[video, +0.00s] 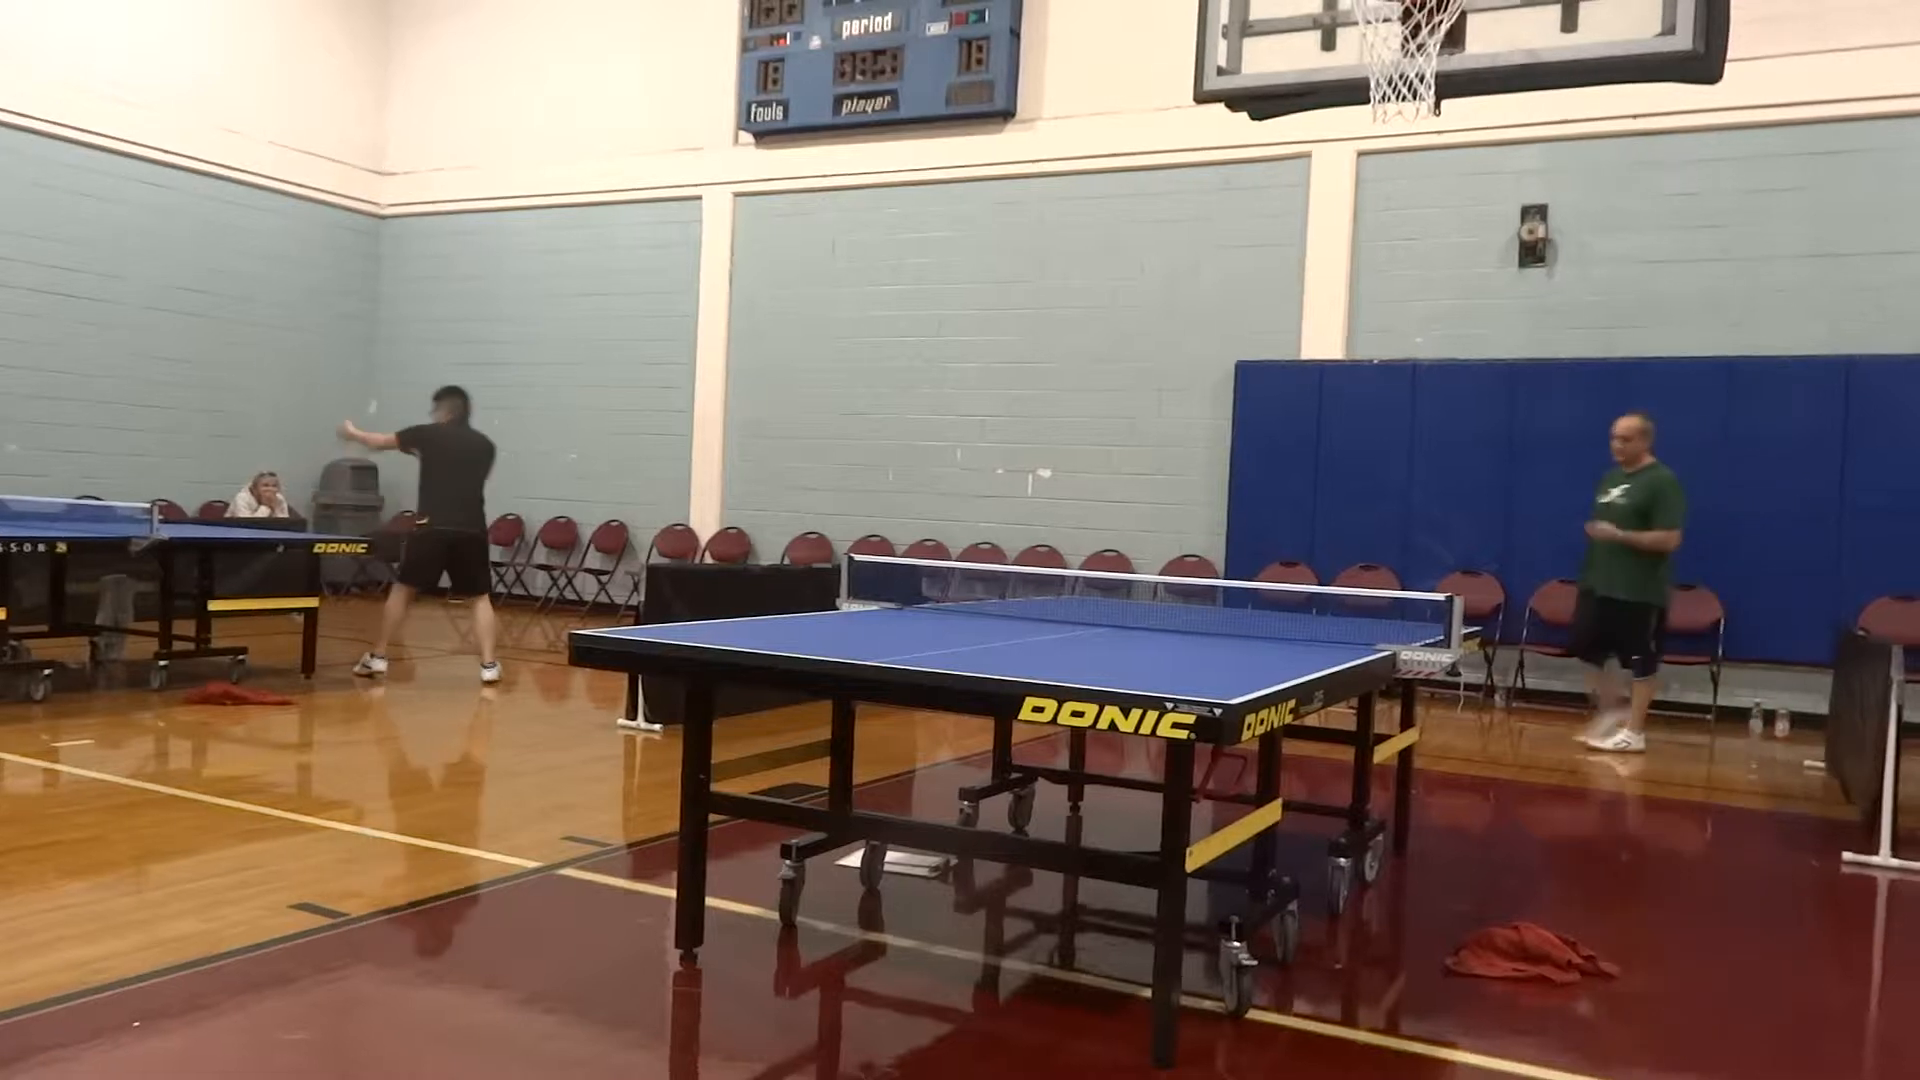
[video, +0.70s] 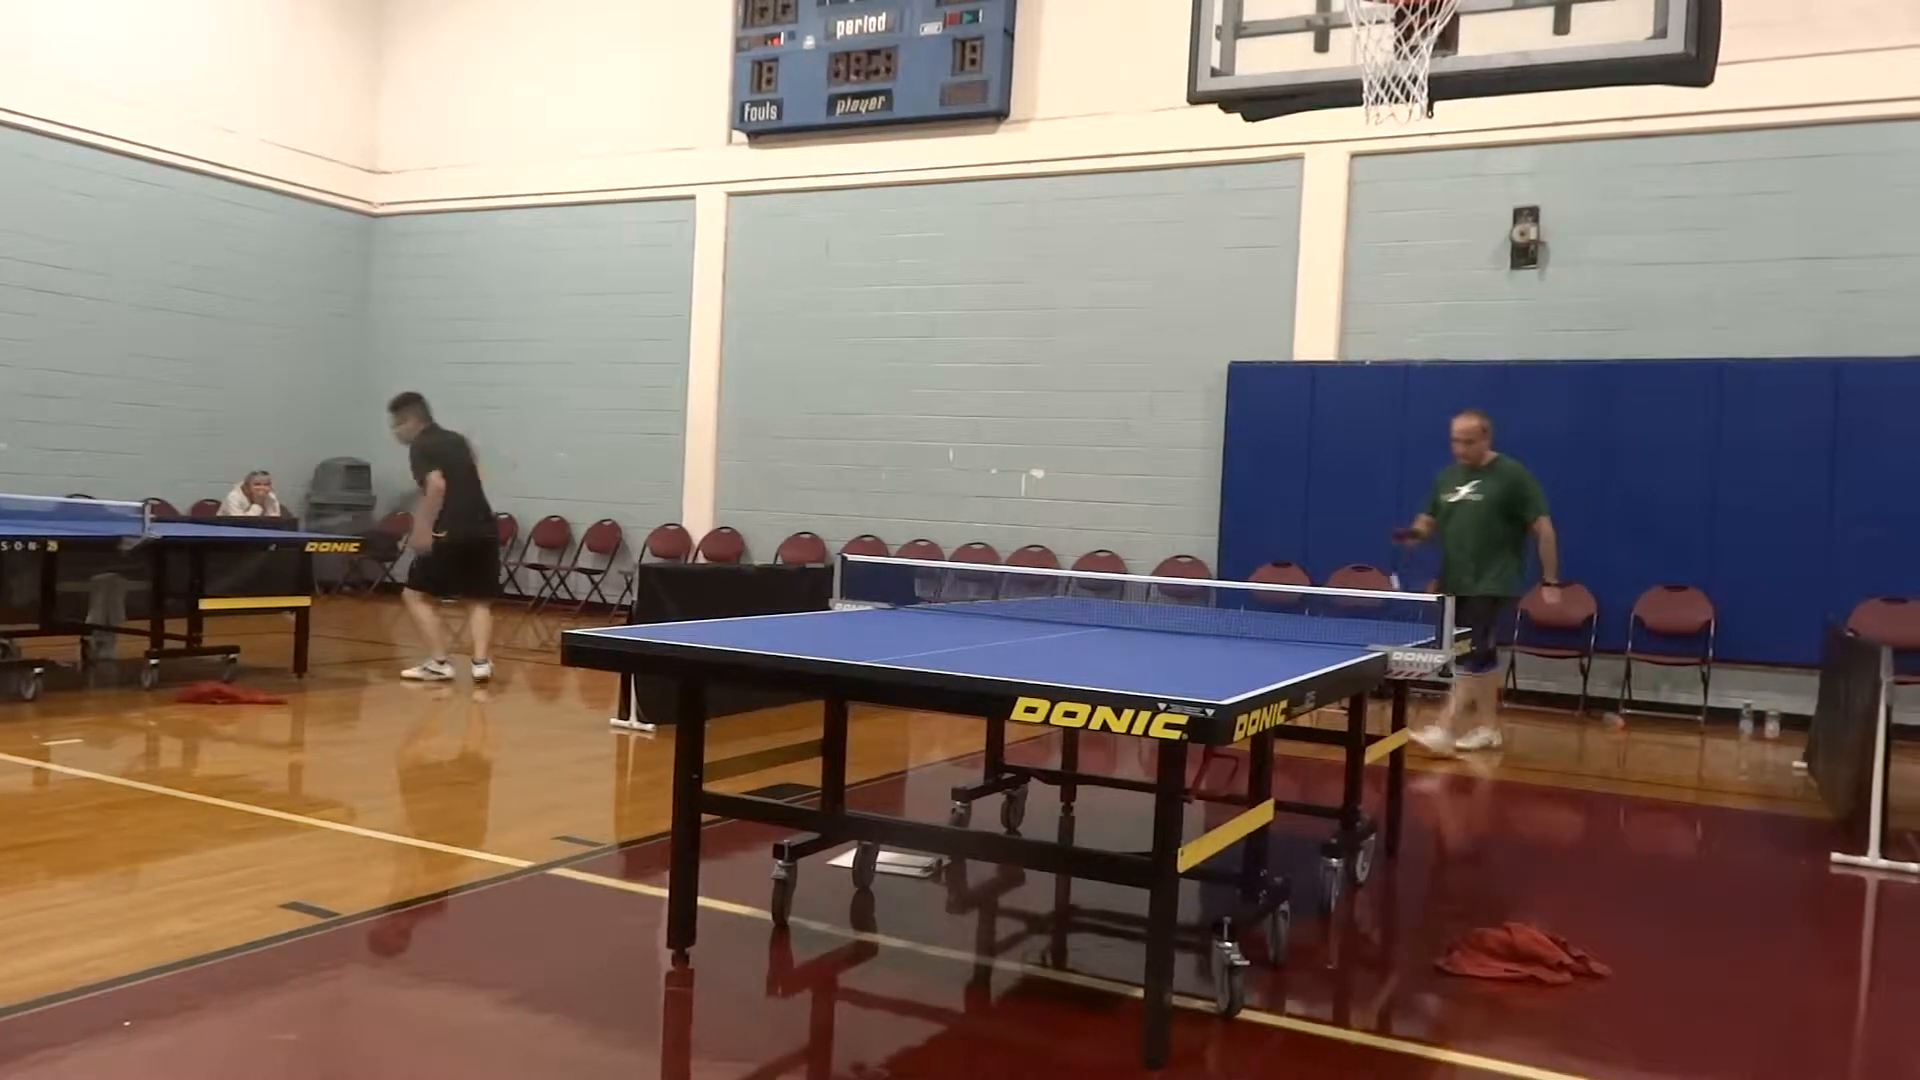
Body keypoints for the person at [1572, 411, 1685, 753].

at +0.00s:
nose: (1617, 445)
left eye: (1625, 440)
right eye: (1614, 438)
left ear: (1646, 443)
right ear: (1612, 440)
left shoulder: (1663, 482)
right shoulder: (1611, 476)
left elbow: (1671, 538)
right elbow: (1605, 525)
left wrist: (1617, 534)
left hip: (1641, 593)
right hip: (1601, 587)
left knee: (1641, 664)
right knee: (1592, 653)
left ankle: (1634, 731)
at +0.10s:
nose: (1590, 449)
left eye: (1599, 443)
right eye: (1587, 442)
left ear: (1619, 445)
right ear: (1585, 443)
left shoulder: (1639, 484)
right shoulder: (1586, 479)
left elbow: (1644, 541)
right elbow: (1582, 528)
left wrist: (1592, 531)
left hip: (1621, 595)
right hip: (1578, 589)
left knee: (1632, 666)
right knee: (1556, 656)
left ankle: (1631, 734)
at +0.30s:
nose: (1536, 454)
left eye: (1543, 448)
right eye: (1533, 448)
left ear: (1564, 448)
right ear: (1530, 449)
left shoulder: (1584, 484)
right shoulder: (1532, 486)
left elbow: (1595, 540)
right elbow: (1528, 545)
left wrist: (1549, 570)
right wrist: (1508, 587)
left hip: (1573, 598)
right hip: (1527, 595)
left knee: (1596, 665)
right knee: (1507, 661)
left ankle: (1620, 723)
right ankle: (1495, 729)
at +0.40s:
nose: (1513, 450)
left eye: (1520, 444)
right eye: (1509, 444)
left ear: (1539, 443)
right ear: (1505, 445)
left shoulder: (1562, 478)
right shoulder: (1508, 479)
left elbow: (1578, 535)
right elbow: (1496, 533)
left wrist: (1554, 584)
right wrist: (1488, 579)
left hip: (1541, 592)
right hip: (1504, 589)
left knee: (1554, 658)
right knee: (1497, 660)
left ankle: (1593, 707)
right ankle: (1492, 729)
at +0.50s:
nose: (1493, 446)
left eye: (1500, 440)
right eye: (1489, 440)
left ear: (1519, 437)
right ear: (1485, 440)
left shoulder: (1545, 474)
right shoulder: (1485, 475)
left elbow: (1566, 528)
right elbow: (1471, 525)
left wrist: (1562, 581)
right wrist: (1453, 569)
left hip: (1524, 583)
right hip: (1485, 582)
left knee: (1520, 652)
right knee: (1491, 658)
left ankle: (1551, 706)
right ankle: (1491, 729)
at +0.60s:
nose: (1476, 445)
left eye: (1483, 438)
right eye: (1472, 438)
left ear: (1502, 437)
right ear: (1467, 439)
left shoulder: (1529, 472)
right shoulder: (1465, 473)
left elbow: (1557, 525)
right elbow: (1449, 519)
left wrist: (1561, 579)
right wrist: (1432, 546)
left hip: (1508, 579)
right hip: (1472, 578)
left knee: (1493, 651)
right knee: (1480, 653)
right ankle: (1489, 726)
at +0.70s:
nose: (1461, 449)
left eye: (1468, 441)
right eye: (1456, 441)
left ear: (1486, 440)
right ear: (1450, 442)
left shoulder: (1512, 475)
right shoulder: (1448, 477)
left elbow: (1543, 526)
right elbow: (1429, 517)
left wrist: (1551, 581)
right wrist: (1417, 532)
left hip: (1494, 581)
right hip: (1457, 580)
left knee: (1469, 653)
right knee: (1481, 655)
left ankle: (1445, 729)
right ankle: (1488, 728)